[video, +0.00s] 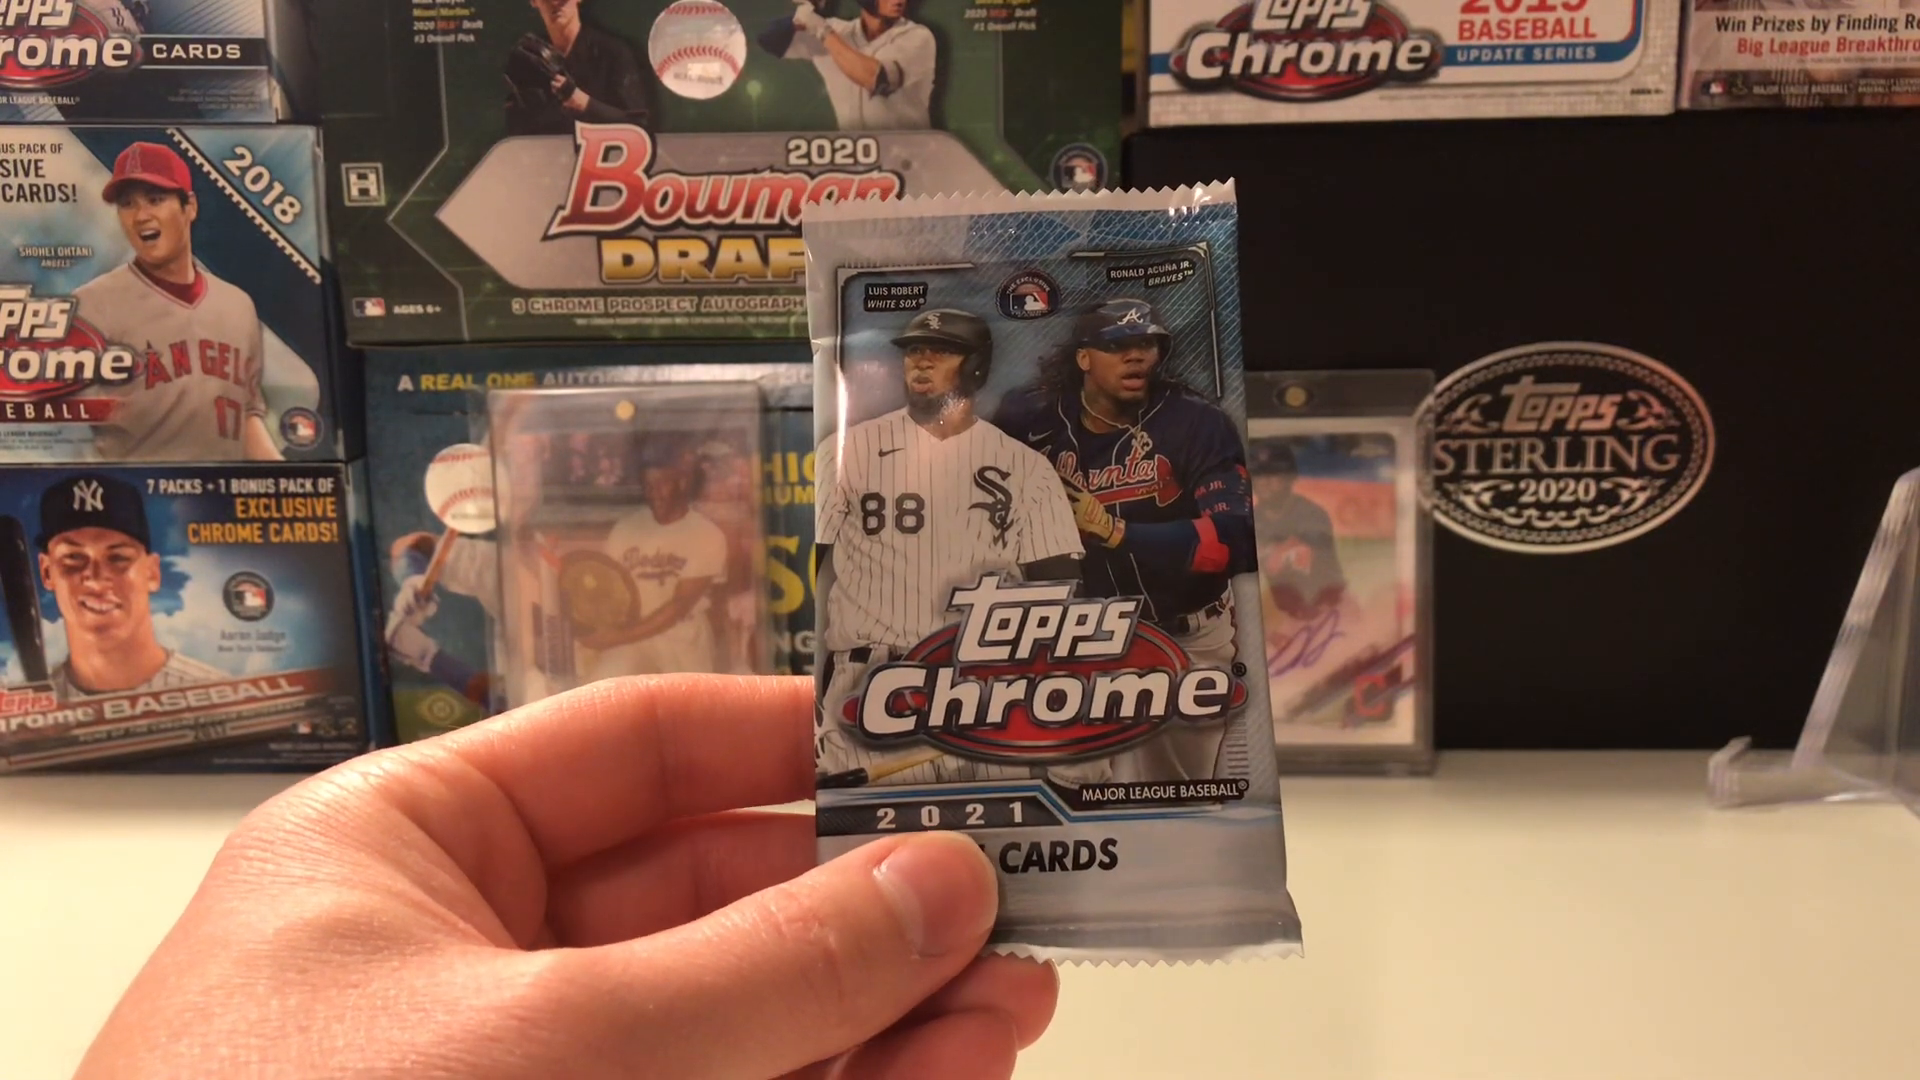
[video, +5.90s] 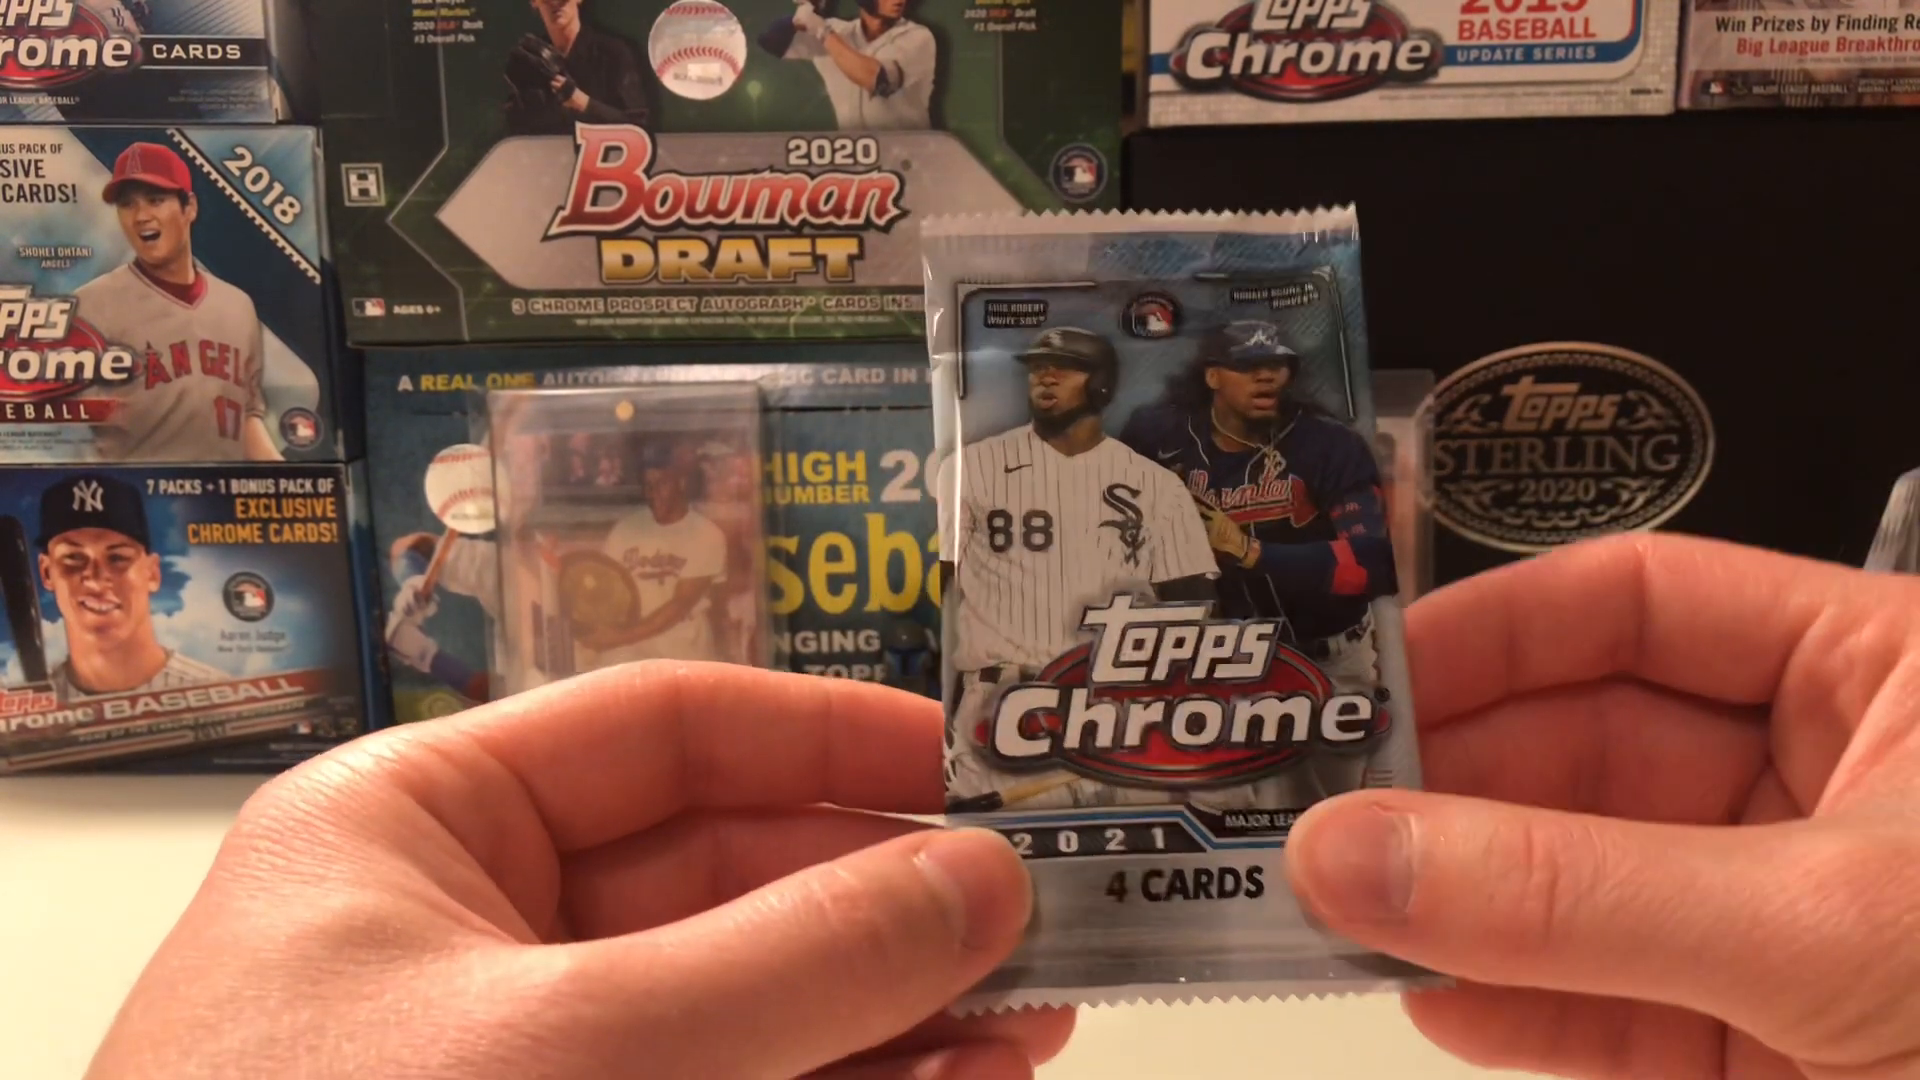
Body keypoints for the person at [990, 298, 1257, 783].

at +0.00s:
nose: (1138, 357)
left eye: (1147, 344)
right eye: (1120, 346)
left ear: (1160, 352)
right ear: (1084, 358)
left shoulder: (1198, 425)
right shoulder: (1029, 419)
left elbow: (1234, 541)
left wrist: (1117, 532)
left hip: (1188, 633)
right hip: (1075, 636)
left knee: (1180, 804)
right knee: (1076, 798)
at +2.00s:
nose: (1125, 358)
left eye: (1134, 346)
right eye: (1107, 348)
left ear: (1147, 355)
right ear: (1072, 360)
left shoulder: (1184, 426)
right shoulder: (1020, 419)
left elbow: (1217, 538)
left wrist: (1104, 530)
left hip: (1177, 630)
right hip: (1068, 632)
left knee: (1172, 796)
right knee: (1072, 792)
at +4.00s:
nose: (1188, 370)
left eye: (1197, 357)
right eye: (1170, 359)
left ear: (1209, 365)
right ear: (1134, 371)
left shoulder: (1250, 439)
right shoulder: (1082, 434)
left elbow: (1284, 555)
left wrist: (1171, 545)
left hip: (1245, 647)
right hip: (1132, 651)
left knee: (1245, 816)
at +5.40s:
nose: (1257, 370)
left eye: (1266, 357)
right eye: (1238, 359)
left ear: (1278, 366)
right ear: (1201, 371)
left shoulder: (1320, 443)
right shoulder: (1149, 434)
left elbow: (1356, 558)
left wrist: (1240, 549)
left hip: (1317, 656)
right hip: (1199, 659)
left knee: (1317, 826)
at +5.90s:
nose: (1268, 377)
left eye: (1277, 365)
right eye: (1250, 367)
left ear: (1291, 371)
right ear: (1213, 377)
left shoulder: (1331, 446)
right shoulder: (1160, 439)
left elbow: (1371, 564)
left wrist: (1252, 552)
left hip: (1325, 650)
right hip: (1204, 652)